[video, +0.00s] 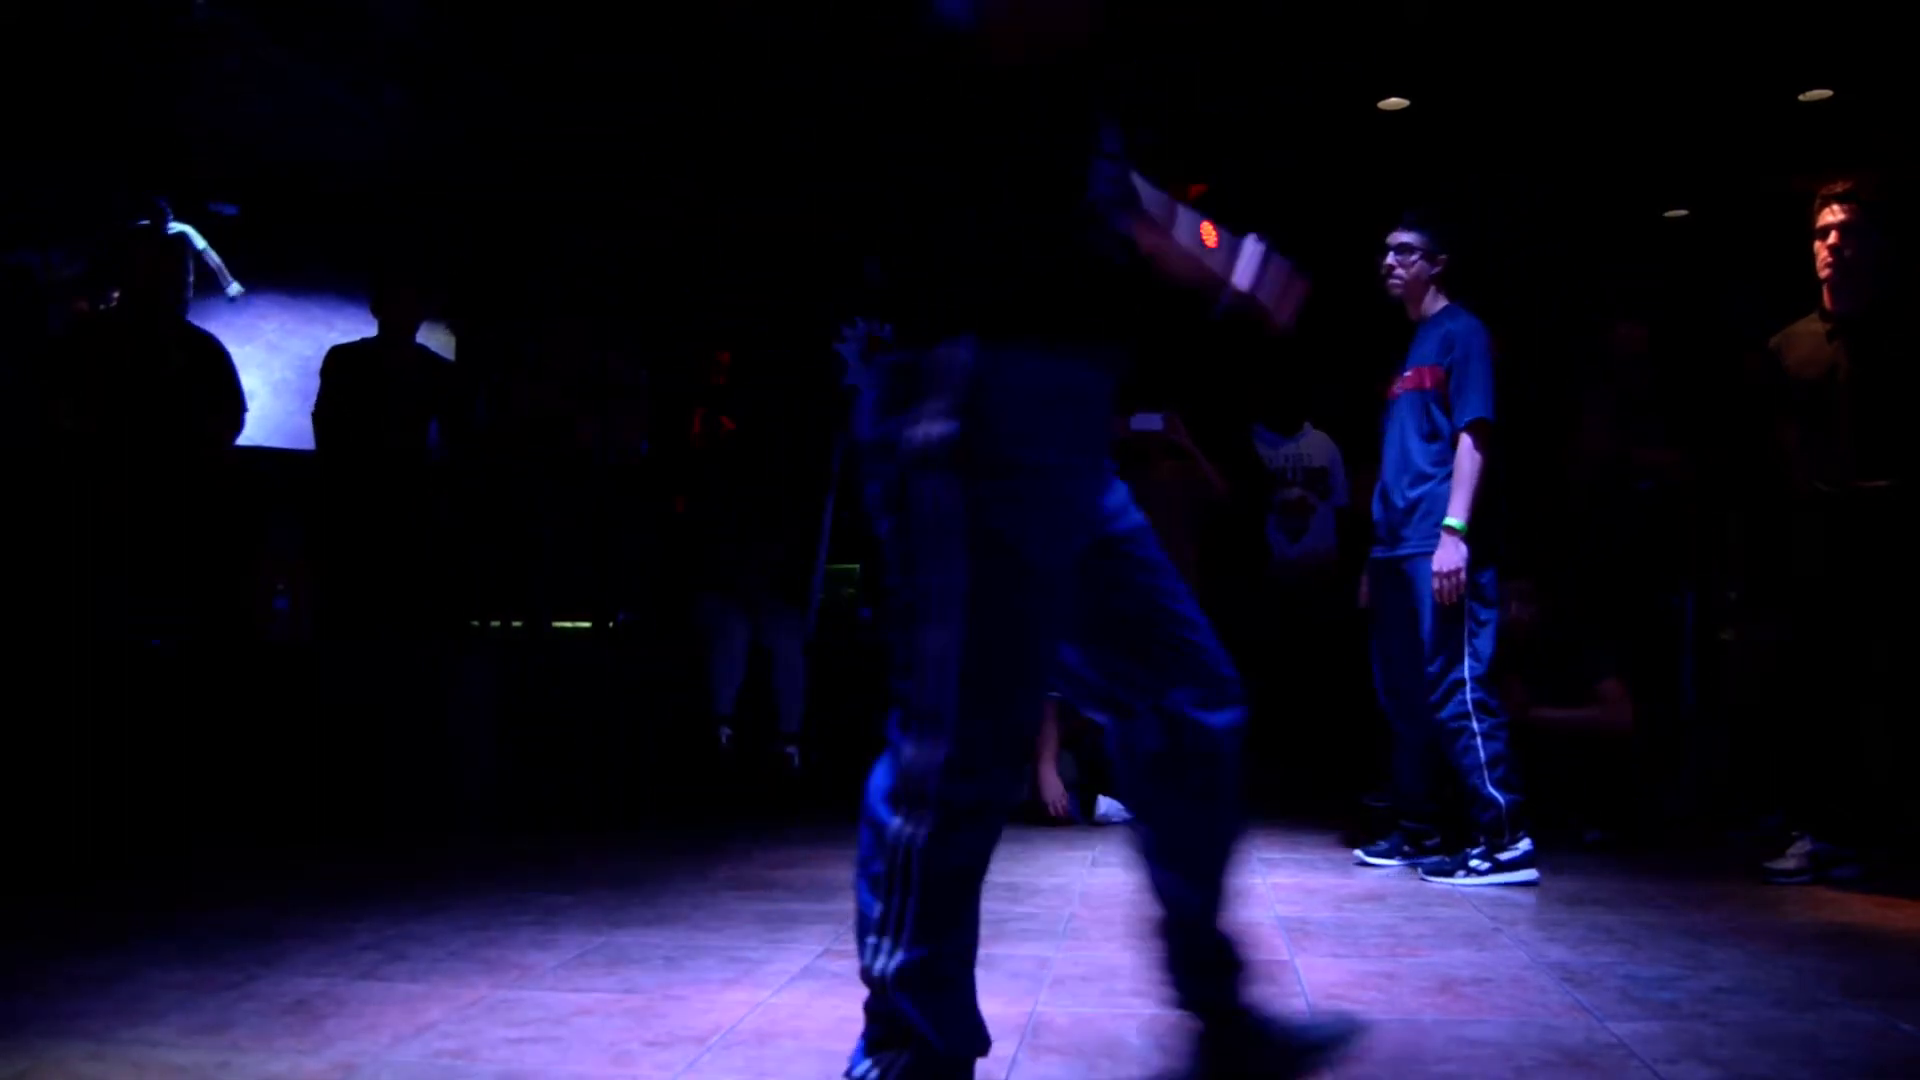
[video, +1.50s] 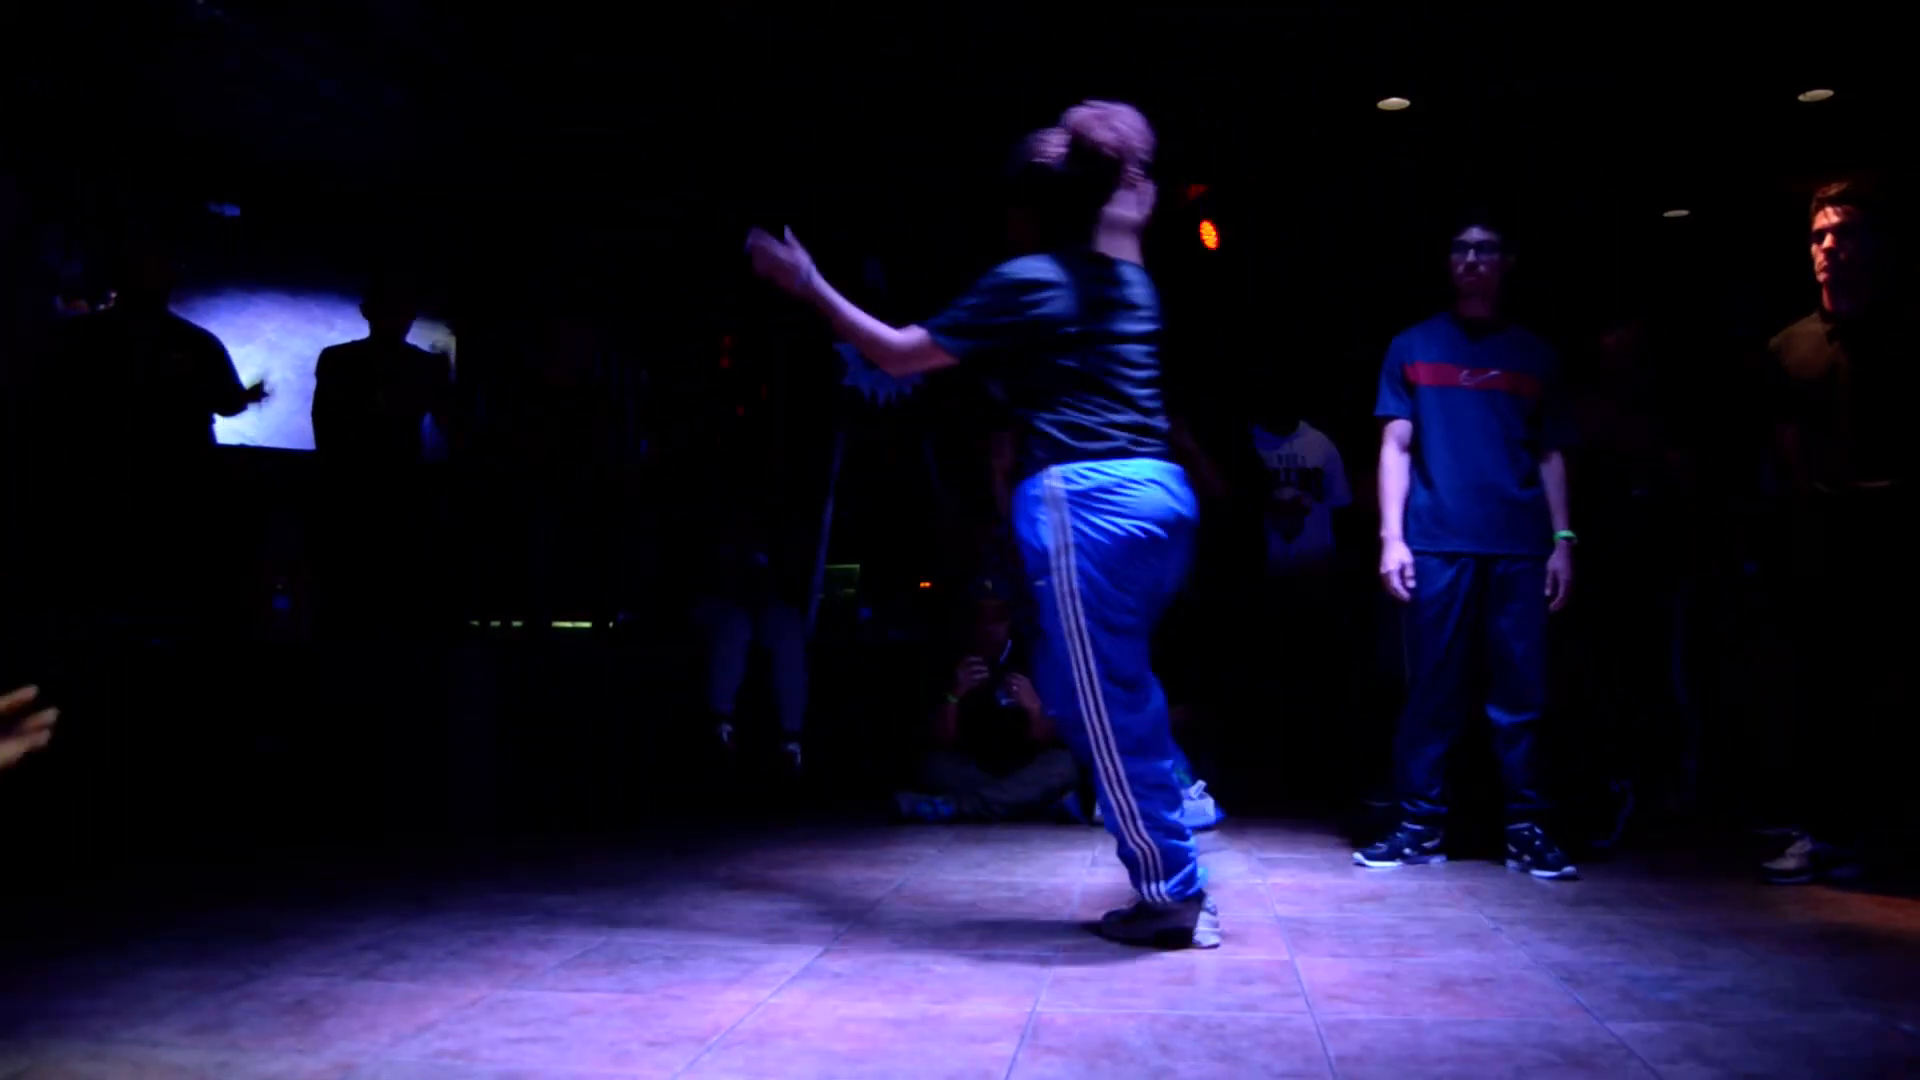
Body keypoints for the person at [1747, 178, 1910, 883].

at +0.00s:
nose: (1833, 248)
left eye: (1851, 234)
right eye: (1824, 234)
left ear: (1880, 250)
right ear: (1812, 249)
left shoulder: (1908, 344)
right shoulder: (1790, 350)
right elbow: (1764, 455)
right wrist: (1766, 530)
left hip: (1895, 540)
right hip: (1809, 539)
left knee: (1890, 681)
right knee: (1812, 680)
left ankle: (1896, 831)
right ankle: (1814, 827)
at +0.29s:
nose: (1830, 250)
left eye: (1846, 236)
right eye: (1821, 237)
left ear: (1878, 249)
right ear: (1810, 251)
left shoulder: (1907, 343)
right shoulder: (1792, 350)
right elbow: (1768, 454)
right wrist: (1771, 527)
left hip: (1895, 540)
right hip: (1810, 539)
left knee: (1891, 681)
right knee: (1814, 680)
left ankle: (1897, 831)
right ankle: (1816, 827)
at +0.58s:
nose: (1829, 248)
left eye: (1845, 233)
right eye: (1819, 235)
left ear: (1877, 248)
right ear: (1809, 250)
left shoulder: (1905, 341)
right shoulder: (1789, 348)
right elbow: (1767, 451)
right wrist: (1770, 527)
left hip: (1895, 539)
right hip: (1810, 538)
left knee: (1892, 680)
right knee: (1813, 678)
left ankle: (1892, 829)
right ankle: (1817, 827)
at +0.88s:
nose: (1826, 252)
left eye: (1842, 237)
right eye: (1818, 239)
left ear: (1876, 248)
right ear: (1809, 252)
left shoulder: (1907, 342)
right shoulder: (1794, 349)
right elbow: (1772, 455)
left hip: (1892, 541)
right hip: (1810, 540)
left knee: (1886, 685)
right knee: (1812, 682)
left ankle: (1884, 832)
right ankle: (1814, 827)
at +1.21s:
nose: (1827, 251)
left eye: (1843, 237)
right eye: (1819, 238)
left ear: (1876, 249)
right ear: (1810, 253)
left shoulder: (1905, 339)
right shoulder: (1793, 347)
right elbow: (1771, 451)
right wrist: (1772, 530)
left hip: (1893, 540)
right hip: (1812, 539)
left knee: (1890, 683)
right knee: (1815, 681)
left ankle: (1896, 834)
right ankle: (1818, 828)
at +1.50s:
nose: (1828, 250)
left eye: (1844, 235)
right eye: (1819, 237)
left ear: (1876, 250)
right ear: (1809, 253)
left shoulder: (1904, 339)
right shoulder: (1792, 348)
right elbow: (1770, 452)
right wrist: (1772, 533)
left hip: (1893, 541)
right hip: (1812, 540)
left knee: (1893, 684)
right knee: (1816, 682)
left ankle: (1898, 834)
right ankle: (1818, 829)